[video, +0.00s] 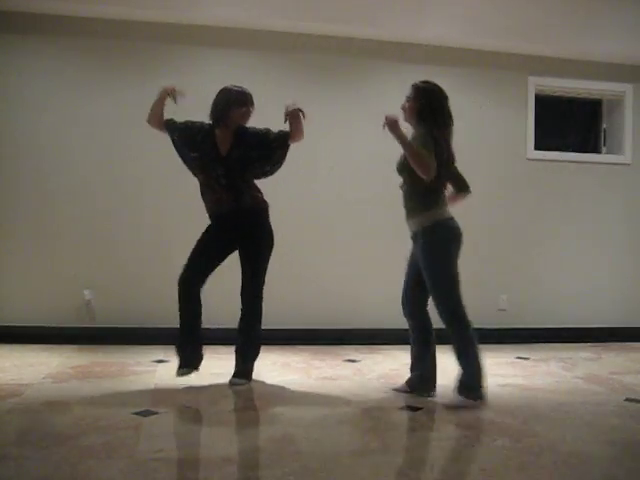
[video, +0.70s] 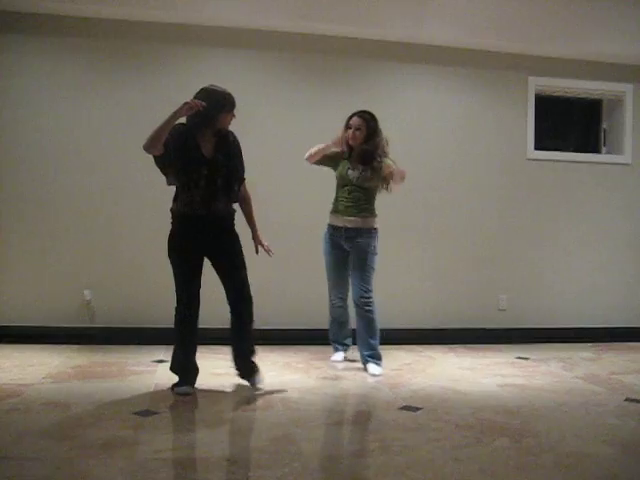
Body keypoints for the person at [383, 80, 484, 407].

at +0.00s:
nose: (403, 104)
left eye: (409, 100)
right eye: (406, 99)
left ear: (422, 106)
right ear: (427, 108)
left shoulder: (424, 135)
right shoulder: (433, 141)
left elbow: (427, 172)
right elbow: (462, 188)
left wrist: (399, 136)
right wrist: (434, 205)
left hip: (435, 235)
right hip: (430, 234)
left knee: (450, 310)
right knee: (413, 303)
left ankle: (472, 386)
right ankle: (422, 380)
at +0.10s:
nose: (395, 99)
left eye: (401, 94)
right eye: (397, 93)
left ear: (415, 99)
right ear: (417, 99)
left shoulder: (423, 124)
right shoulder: (415, 125)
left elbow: (411, 141)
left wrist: (393, 112)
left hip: (424, 223)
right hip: (407, 223)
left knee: (426, 296)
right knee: (407, 297)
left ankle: (435, 368)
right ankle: (416, 366)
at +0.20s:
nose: (392, 110)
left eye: (397, 104)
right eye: (392, 104)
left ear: (410, 105)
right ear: (405, 105)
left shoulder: (424, 135)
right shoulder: (405, 131)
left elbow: (400, 125)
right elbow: (390, 121)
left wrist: (381, 115)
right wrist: (380, 115)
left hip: (415, 229)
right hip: (391, 227)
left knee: (415, 298)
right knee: (387, 294)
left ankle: (427, 370)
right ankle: (394, 357)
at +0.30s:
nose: (384, 121)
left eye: (389, 116)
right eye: (384, 116)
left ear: (405, 119)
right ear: (394, 120)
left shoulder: (415, 150)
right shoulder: (398, 147)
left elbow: (389, 141)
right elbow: (379, 139)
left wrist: (360, 131)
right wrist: (358, 132)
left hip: (404, 240)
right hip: (382, 237)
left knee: (410, 307)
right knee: (368, 295)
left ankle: (428, 371)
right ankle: (362, 353)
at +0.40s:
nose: (378, 129)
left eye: (383, 124)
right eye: (377, 124)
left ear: (398, 129)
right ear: (377, 129)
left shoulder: (405, 163)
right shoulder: (383, 158)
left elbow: (380, 181)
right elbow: (355, 154)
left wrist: (346, 165)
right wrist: (369, 125)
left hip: (388, 240)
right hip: (370, 239)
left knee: (401, 306)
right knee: (355, 296)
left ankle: (430, 371)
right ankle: (351, 354)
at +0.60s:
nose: (360, 132)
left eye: (366, 128)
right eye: (358, 127)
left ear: (378, 134)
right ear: (355, 132)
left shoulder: (383, 165)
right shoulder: (352, 157)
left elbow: (393, 197)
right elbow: (316, 150)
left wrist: (368, 199)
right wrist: (330, 125)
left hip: (368, 239)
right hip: (342, 236)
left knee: (374, 301)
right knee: (336, 294)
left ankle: (392, 363)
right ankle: (351, 350)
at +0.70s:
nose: (352, 133)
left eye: (358, 129)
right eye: (349, 128)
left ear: (369, 134)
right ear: (345, 131)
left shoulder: (378, 162)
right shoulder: (340, 159)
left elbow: (394, 174)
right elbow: (310, 157)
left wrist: (395, 177)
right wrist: (334, 145)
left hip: (363, 234)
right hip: (335, 232)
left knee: (363, 297)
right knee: (337, 296)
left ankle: (371, 358)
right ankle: (339, 347)